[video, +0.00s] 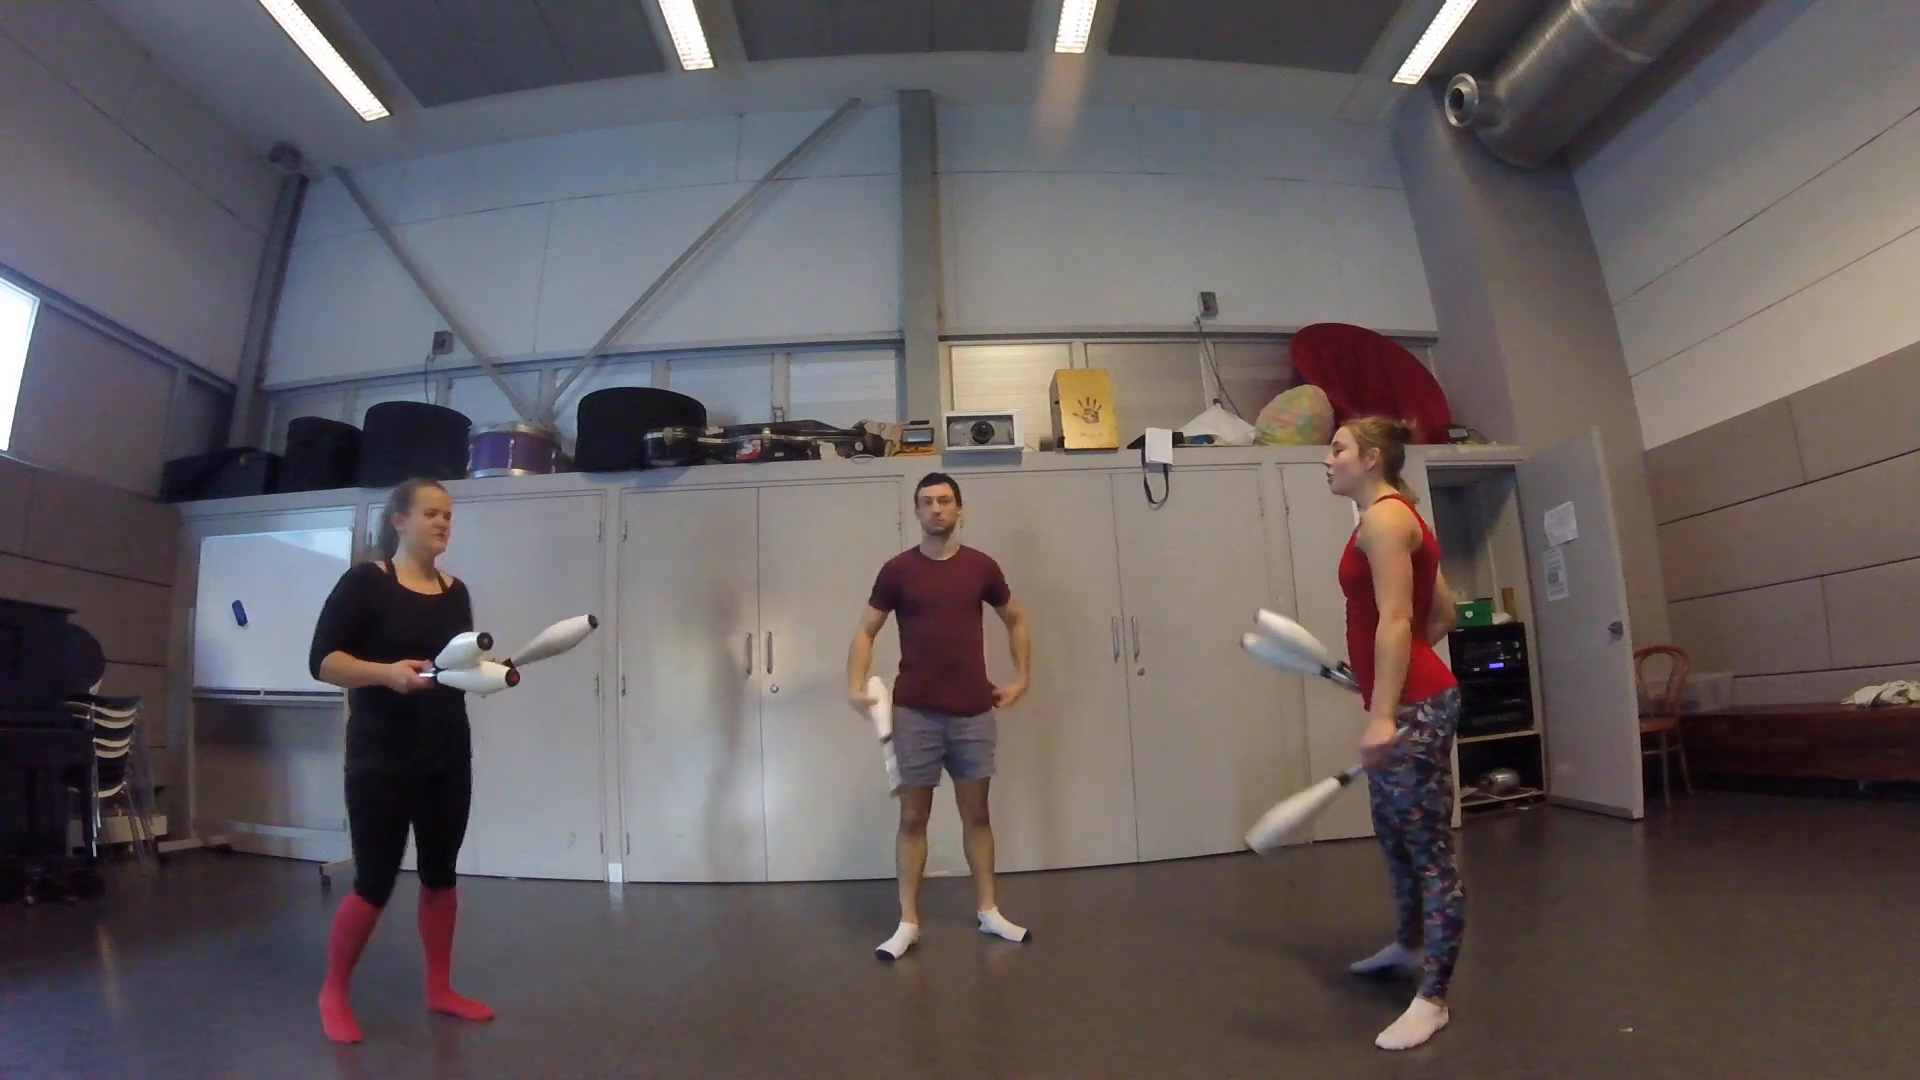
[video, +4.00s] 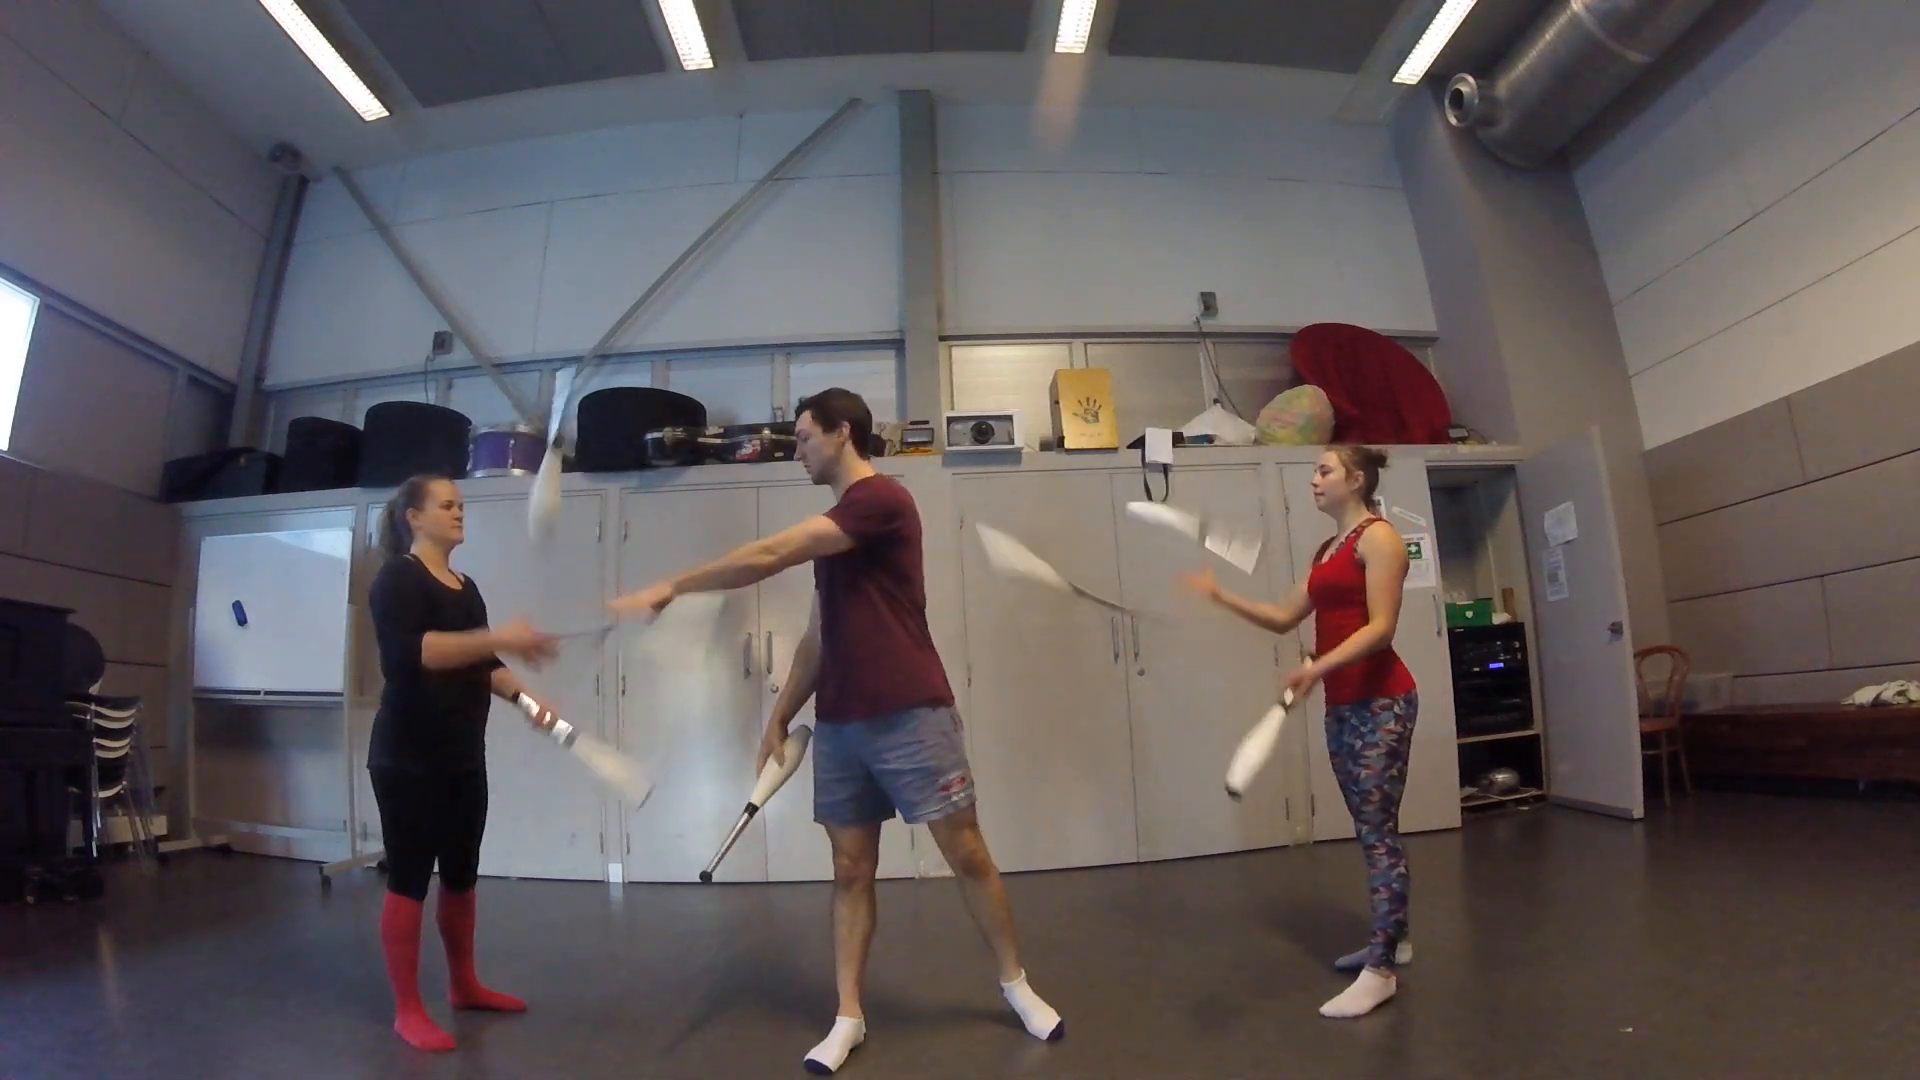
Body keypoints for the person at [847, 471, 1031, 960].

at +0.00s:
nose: (936, 508)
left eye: (944, 501)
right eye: (927, 502)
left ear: (959, 510)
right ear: (916, 512)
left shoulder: (982, 567)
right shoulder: (897, 571)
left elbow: (1015, 620)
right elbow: (867, 632)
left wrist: (1022, 681)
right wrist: (856, 686)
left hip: (973, 710)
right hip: (915, 710)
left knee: (977, 815)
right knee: (912, 819)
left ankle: (988, 911)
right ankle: (908, 921)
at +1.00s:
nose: (904, 513)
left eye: (912, 506)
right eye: (897, 507)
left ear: (928, 515)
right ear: (887, 516)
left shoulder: (948, 572)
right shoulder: (868, 574)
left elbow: (969, 638)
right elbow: (851, 643)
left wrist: (975, 700)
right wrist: (835, 707)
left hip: (934, 708)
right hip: (880, 707)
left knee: (926, 810)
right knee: (888, 813)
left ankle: (925, 910)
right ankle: (902, 920)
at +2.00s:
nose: (888, 509)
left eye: (896, 502)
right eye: (880, 503)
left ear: (910, 510)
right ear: (867, 512)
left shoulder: (934, 568)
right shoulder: (850, 576)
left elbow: (957, 633)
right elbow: (838, 647)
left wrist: (973, 694)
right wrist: (834, 716)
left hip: (927, 712)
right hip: (872, 714)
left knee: (920, 816)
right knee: (889, 817)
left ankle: (924, 912)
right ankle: (903, 920)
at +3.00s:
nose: (885, 472)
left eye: (896, 463)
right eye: (883, 464)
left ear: (930, 473)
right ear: (887, 476)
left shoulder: (966, 548)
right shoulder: (866, 551)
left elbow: (992, 631)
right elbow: (846, 634)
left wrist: (1007, 713)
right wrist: (832, 713)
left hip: (952, 719)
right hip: (882, 722)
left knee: (961, 847)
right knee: (874, 852)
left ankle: (968, 976)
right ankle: (908, 925)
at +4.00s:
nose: (798, 452)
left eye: (804, 439)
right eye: (797, 441)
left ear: (842, 434)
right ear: (839, 436)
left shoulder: (883, 499)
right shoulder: (838, 521)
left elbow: (772, 554)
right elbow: (821, 635)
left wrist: (671, 586)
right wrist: (781, 716)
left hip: (912, 710)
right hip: (841, 720)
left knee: (969, 855)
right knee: (851, 870)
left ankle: (1015, 982)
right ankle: (849, 1015)